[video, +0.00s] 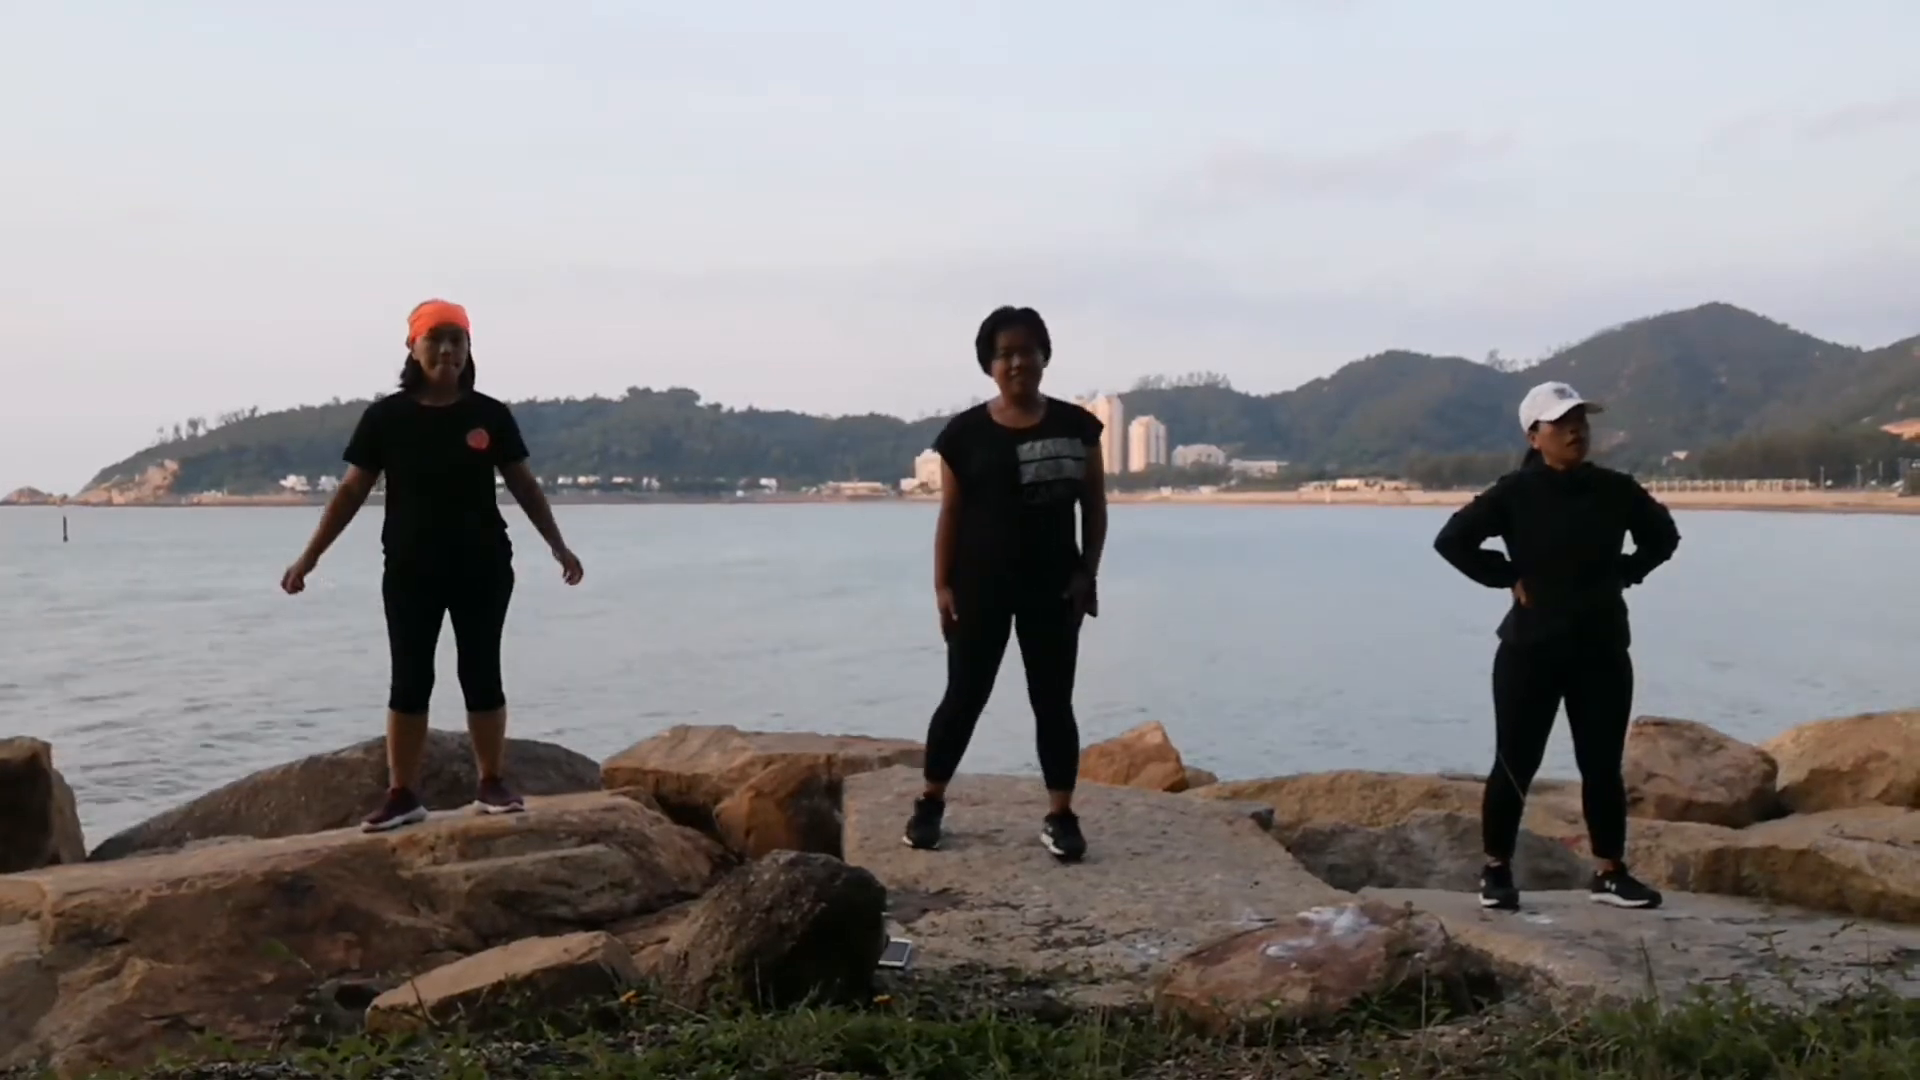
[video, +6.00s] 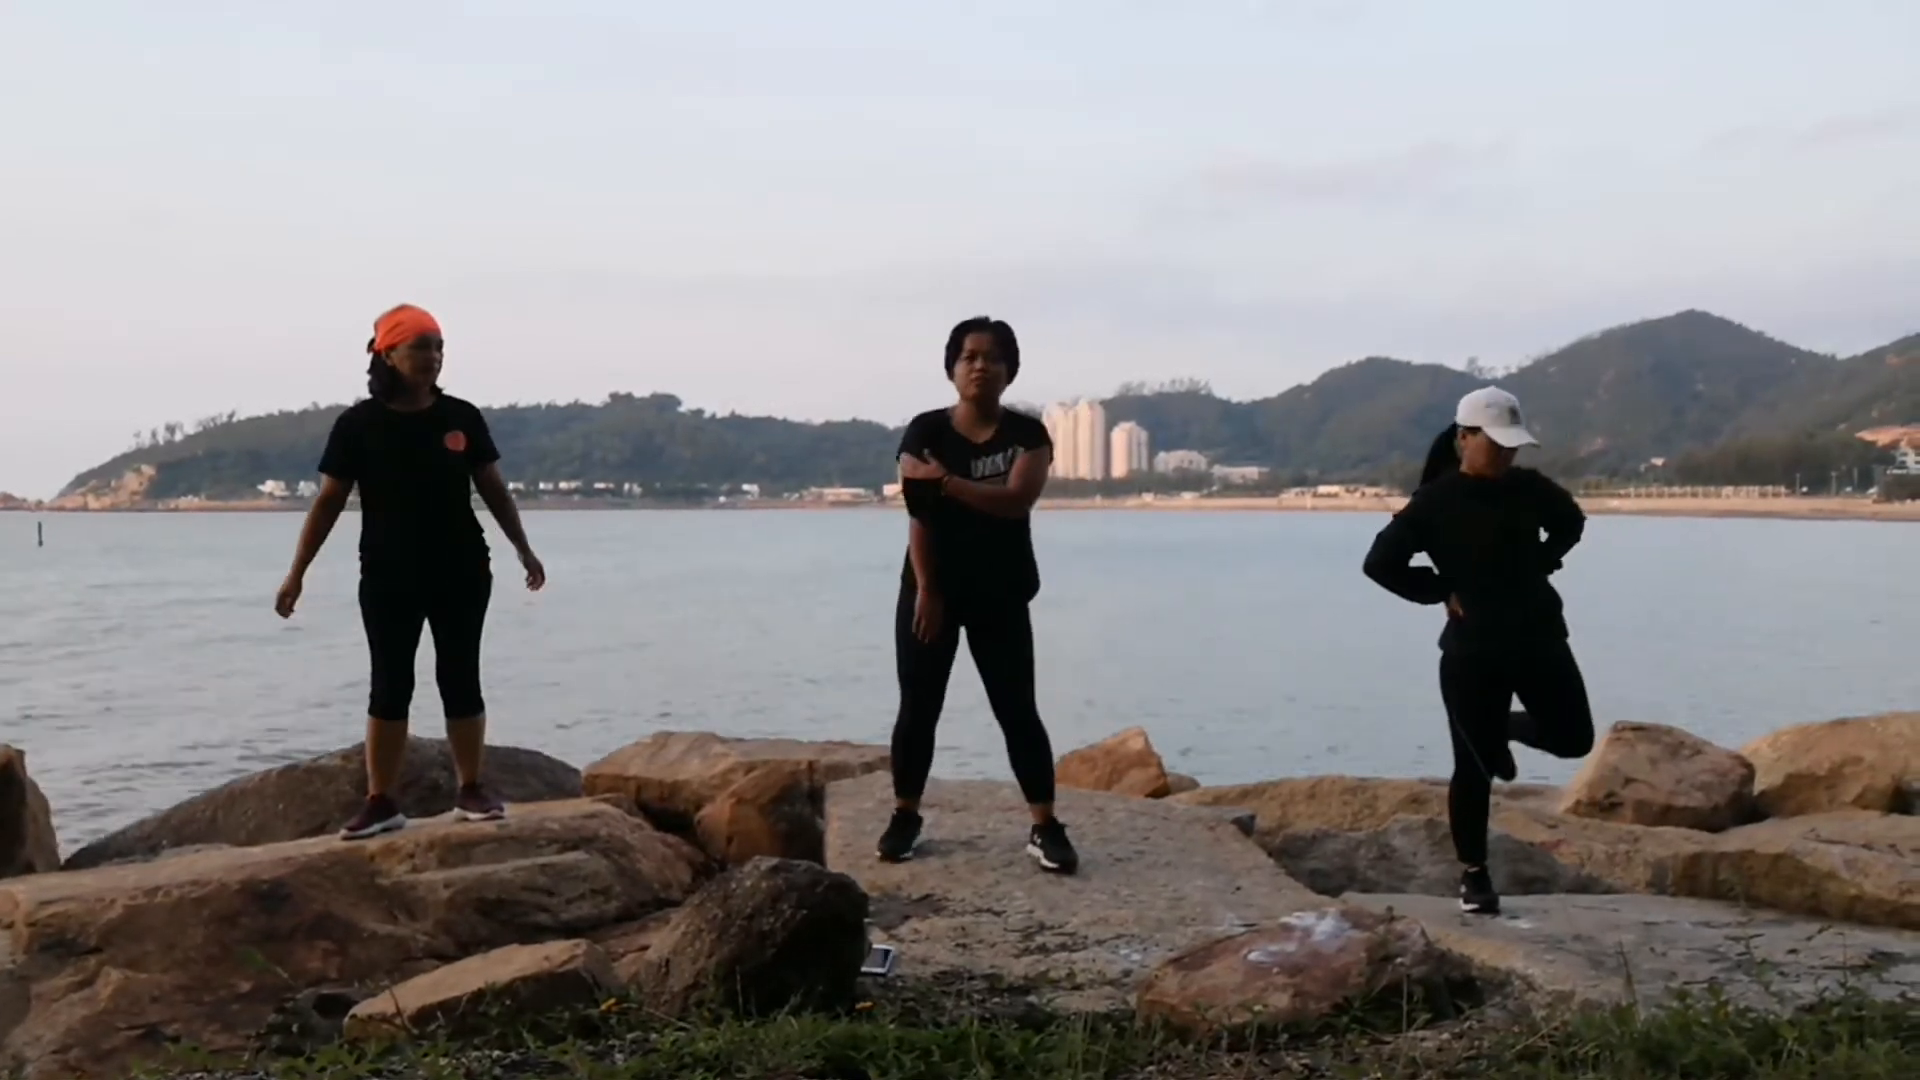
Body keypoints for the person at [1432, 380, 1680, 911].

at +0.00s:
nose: (1577, 431)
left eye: (1580, 420)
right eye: (1563, 424)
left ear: (1586, 425)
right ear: (1535, 435)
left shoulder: (1614, 489)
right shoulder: (1514, 493)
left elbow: (1664, 536)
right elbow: (1451, 542)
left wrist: (1625, 572)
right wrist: (1508, 576)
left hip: (1601, 649)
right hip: (1531, 649)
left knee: (1603, 766)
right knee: (1515, 765)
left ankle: (1611, 872)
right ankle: (1497, 872)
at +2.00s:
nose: (1581, 432)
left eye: (1584, 423)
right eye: (1568, 424)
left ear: (1588, 428)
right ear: (1538, 434)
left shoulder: (1612, 492)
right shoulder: (1512, 493)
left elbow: (1659, 540)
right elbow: (1448, 541)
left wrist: (1616, 576)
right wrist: (1504, 577)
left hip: (1595, 650)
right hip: (1527, 650)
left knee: (1598, 768)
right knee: (1510, 765)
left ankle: (1606, 873)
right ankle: (1492, 873)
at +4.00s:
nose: (1560, 435)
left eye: (1567, 426)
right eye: (1548, 426)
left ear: (1576, 433)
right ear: (1523, 435)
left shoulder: (1600, 494)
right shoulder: (1501, 496)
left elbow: (1648, 541)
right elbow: (1438, 545)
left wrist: (1607, 577)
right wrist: (1496, 581)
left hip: (1586, 652)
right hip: (1517, 652)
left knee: (1590, 770)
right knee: (1502, 767)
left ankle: (1598, 875)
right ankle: (1485, 874)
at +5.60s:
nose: (1493, 442)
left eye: (1502, 432)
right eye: (1482, 433)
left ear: (1512, 436)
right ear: (1459, 437)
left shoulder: (1532, 489)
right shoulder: (1437, 502)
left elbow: (1574, 524)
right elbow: (1380, 561)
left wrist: (1542, 565)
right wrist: (1441, 591)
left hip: (1536, 642)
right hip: (1471, 648)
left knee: (1575, 749)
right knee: (1474, 765)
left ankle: (1555, 836)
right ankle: (1476, 873)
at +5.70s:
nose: (1496, 447)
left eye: (1502, 438)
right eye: (1485, 438)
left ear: (1510, 439)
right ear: (1456, 438)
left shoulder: (1528, 488)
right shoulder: (1432, 502)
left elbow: (1572, 525)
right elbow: (1375, 562)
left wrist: (1541, 564)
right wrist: (1437, 591)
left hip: (1534, 639)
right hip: (1470, 647)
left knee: (1577, 746)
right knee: (1473, 765)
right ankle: (1476, 875)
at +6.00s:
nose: (1507, 452)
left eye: (1511, 443)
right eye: (1497, 442)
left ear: (1514, 440)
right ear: (1465, 440)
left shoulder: (1529, 487)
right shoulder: (1436, 501)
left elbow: (1571, 525)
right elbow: (1379, 565)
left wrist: (1538, 565)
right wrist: (1442, 593)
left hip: (1537, 635)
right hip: (1473, 644)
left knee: (1575, 738)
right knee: (1474, 762)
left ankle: (1497, 726)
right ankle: (1475, 876)